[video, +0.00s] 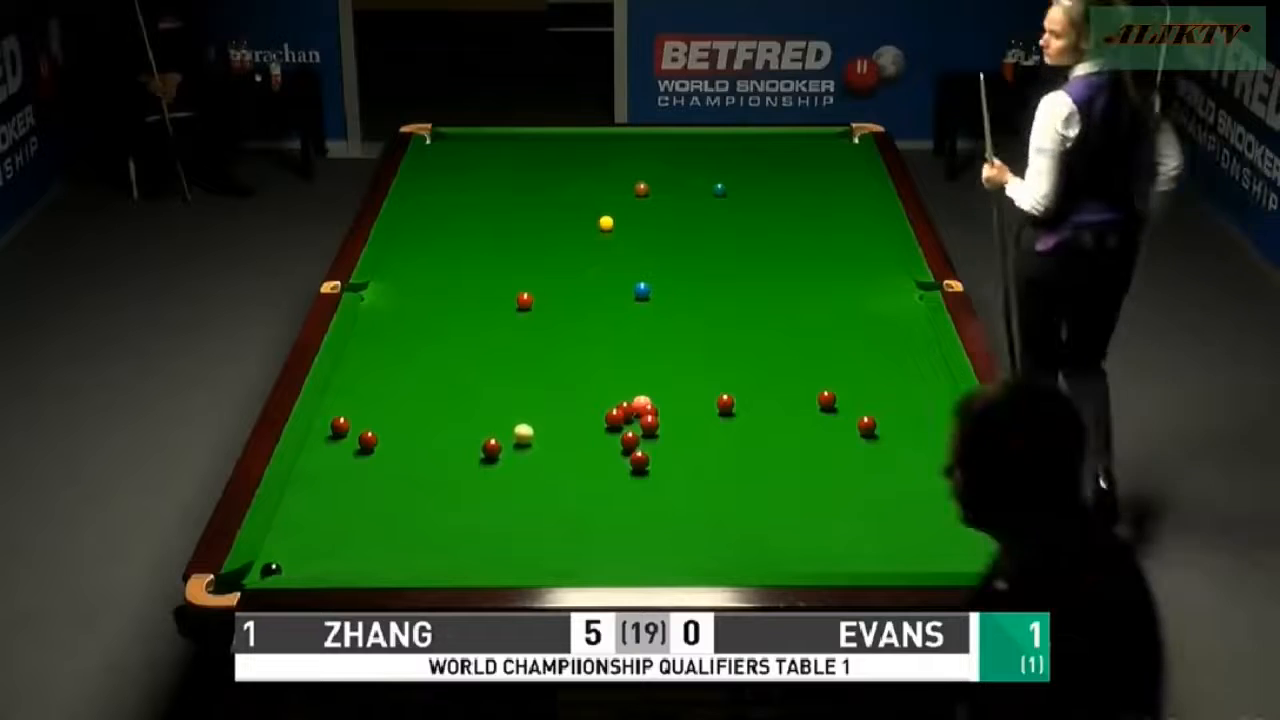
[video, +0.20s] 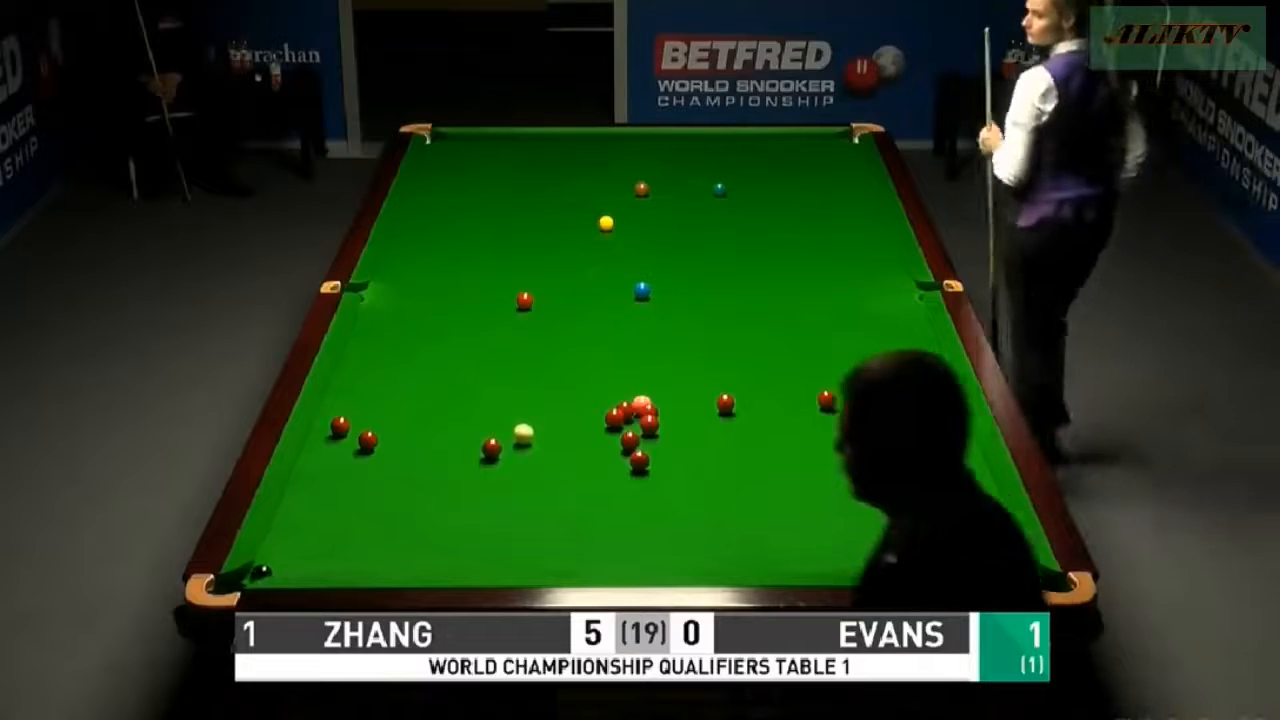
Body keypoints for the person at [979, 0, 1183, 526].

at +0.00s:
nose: (1042, 41)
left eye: (1053, 35)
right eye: (1045, 31)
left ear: (1085, 41)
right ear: (1094, 39)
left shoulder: (1059, 105)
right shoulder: (1136, 93)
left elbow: (1038, 200)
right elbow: (1170, 165)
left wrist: (1005, 180)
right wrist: (1134, 210)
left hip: (1055, 255)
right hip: (1113, 252)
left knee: (1039, 368)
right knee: (1087, 362)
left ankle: (1048, 488)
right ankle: (1099, 481)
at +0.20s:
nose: (1025, 23)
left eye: (1034, 15)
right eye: (1027, 13)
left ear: (1063, 21)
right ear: (1071, 23)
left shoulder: (1038, 81)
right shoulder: (1109, 74)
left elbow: (1013, 171)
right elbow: (1132, 158)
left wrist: (995, 144)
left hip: (1043, 223)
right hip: (1092, 220)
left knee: (1026, 324)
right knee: (1050, 317)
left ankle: (1035, 440)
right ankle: (1048, 418)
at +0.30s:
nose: (1019, 19)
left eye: (1028, 12)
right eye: (1021, 10)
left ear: (1057, 19)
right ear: (1063, 21)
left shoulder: (1032, 77)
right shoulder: (1097, 72)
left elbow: (1005, 166)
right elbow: (1125, 148)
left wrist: (992, 139)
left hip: (1037, 221)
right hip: (1082, 218)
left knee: (1028, 330)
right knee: (1037, 323)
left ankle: (1031, 446)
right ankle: (1028, 430)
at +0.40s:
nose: (1010, 16)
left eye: (1019, 8)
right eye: (1011, 7)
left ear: (1048, 15)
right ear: (1050, 17)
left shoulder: (1025, 72)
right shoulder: (1082, 67)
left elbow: (998, 159)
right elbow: (1120, 134)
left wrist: (986, 135)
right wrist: (1074, 155)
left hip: (1029, 214)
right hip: (1070, 210)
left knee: (1022, 331)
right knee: (1030, 319)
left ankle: (1031, 452)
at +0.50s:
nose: (1005, 8)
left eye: (1014, 2)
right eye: (1006, 1)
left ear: (1041, 8)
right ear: (1045, 10)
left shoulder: (1019, 64)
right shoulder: (1077, 58)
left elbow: (999, 149)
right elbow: (1118, 117)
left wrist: (980, 132)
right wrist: (1076, 149)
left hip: (1024, 203)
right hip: (1065, 197)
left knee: (1015, 314)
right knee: (1030, 299)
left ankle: (1029, 439)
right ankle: (1017, 399)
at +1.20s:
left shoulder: (930, 20)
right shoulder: (971, 13)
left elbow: (920, 98)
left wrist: (901, 79)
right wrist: (915, 69)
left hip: (942, 141)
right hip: (977, 131)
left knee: (952, 235)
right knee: (972, 229)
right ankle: (999, 318)